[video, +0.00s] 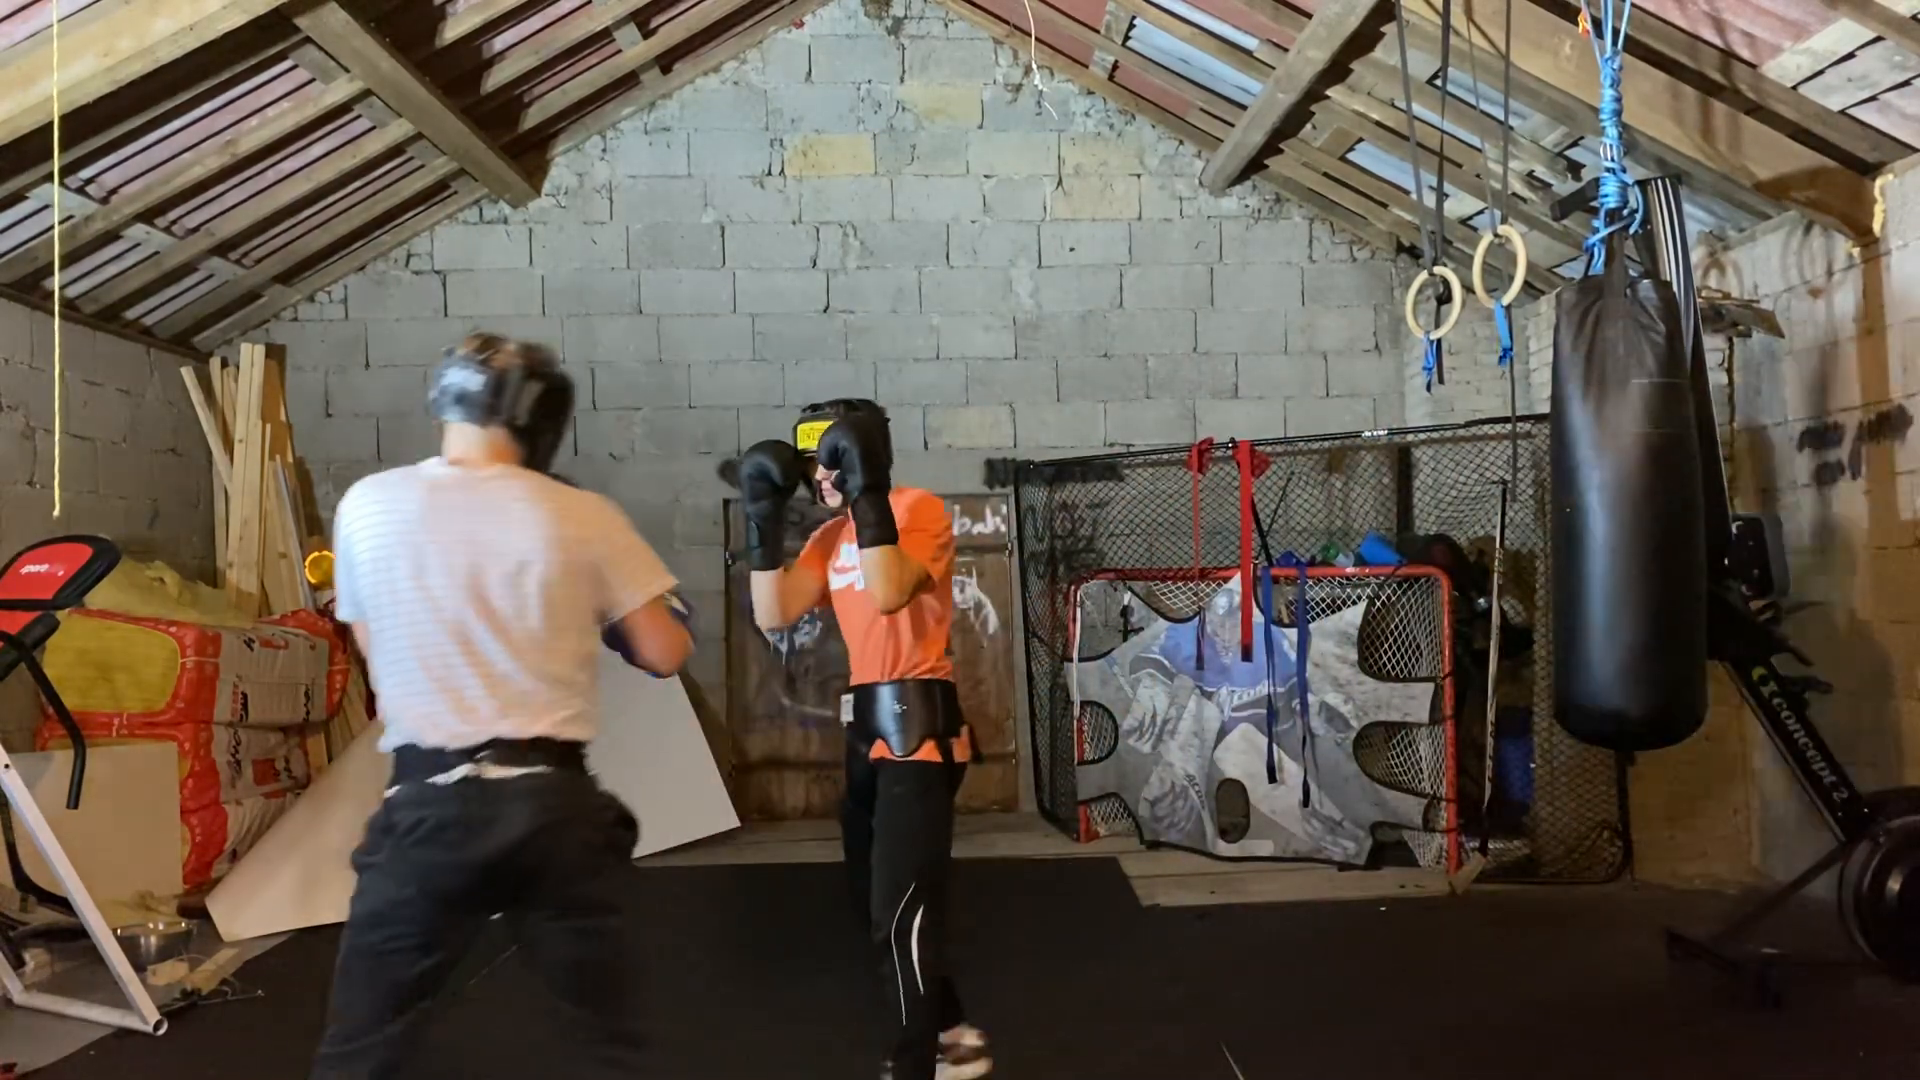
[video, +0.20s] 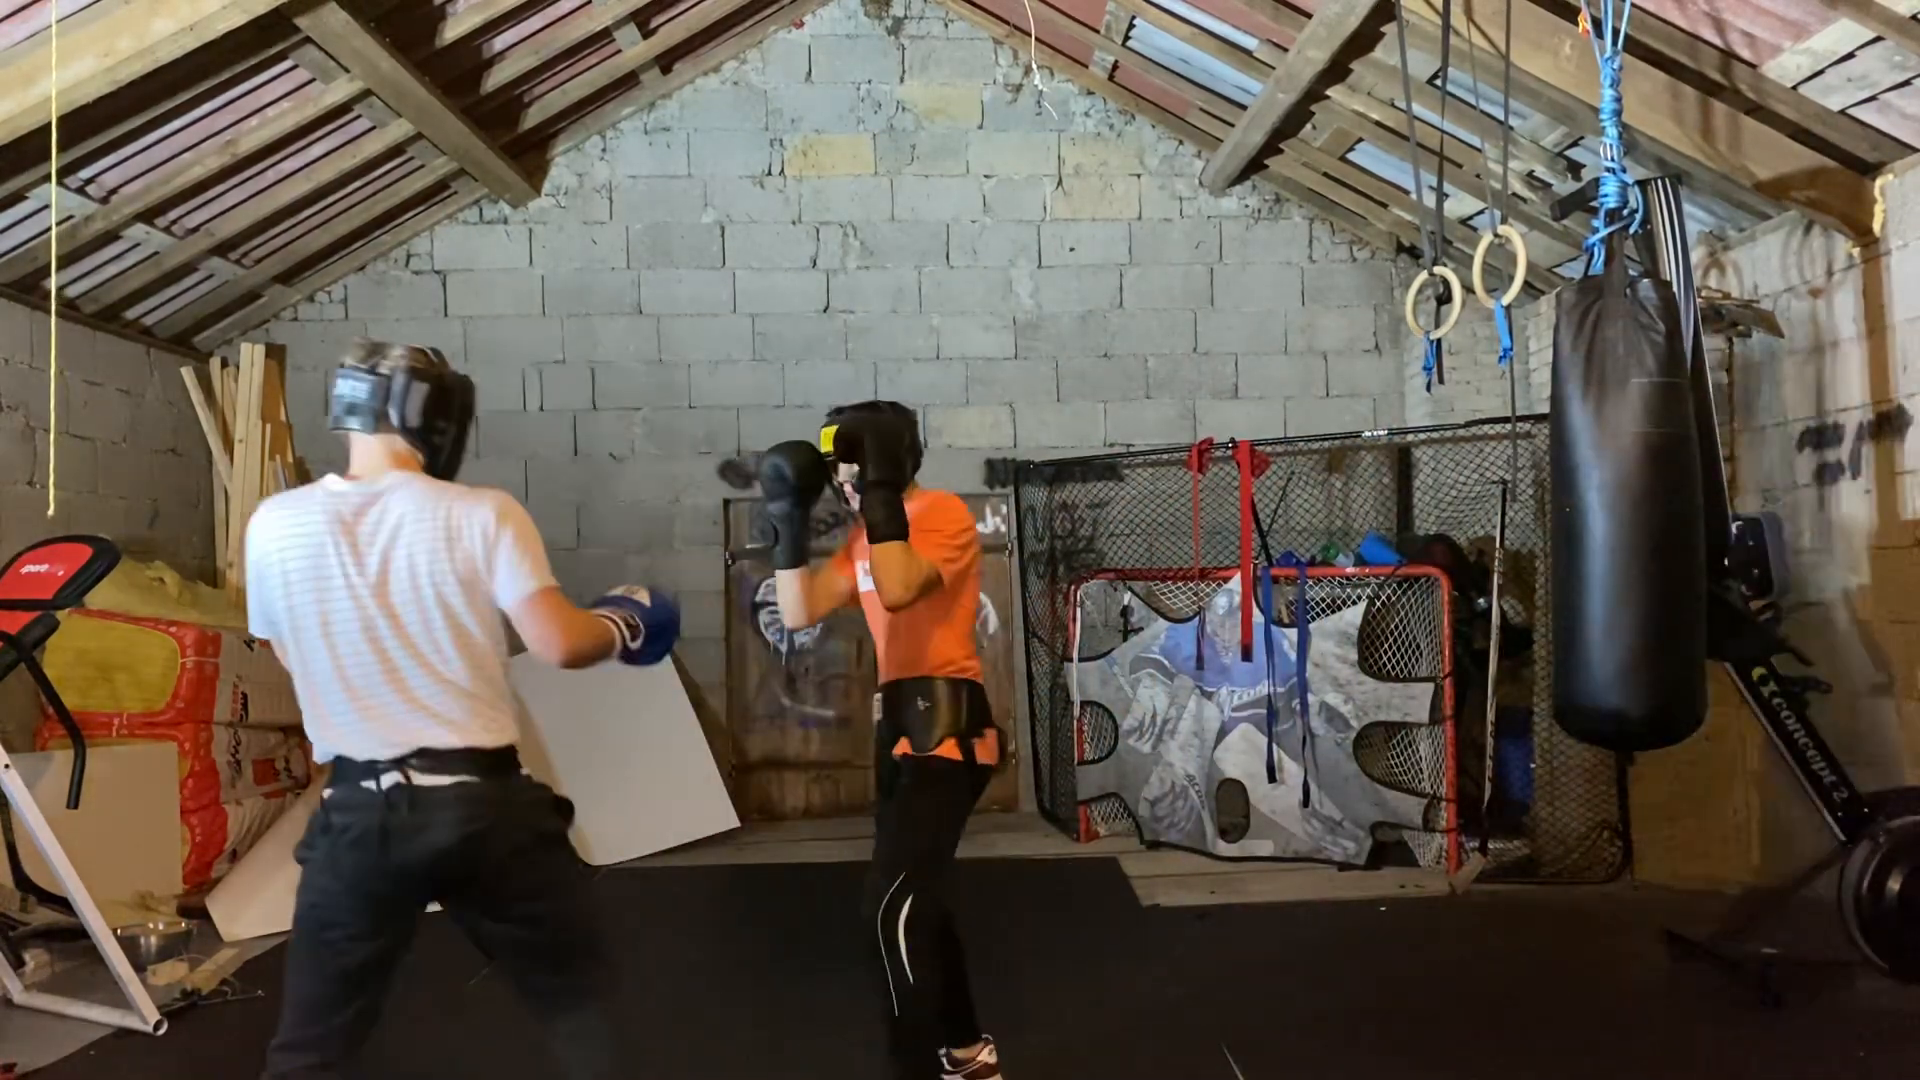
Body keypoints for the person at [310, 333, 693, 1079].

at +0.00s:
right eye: (549, 420)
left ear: (446, 409)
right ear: (544, 422)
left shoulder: (365, 506)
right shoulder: (581, 517)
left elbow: (365, 638)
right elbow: (663, 652)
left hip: (425, 825)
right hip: (556, 816)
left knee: (355, 1056)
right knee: (615, 1048)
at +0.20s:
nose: (457, 436)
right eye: (452, 422)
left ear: (348, 416)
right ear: (444, 427)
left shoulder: (273, 527)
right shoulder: (483, 517)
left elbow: (290, 655)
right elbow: (562, 643)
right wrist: (623, 621)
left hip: (359, 827)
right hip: (488, 814)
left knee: (308, 1050)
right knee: (579, 1015)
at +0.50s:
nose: (453, 453)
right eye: (449, 439)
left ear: (348, 436)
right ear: (435, 444)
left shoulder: (277, 541)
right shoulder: (466, 527)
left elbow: (357, 606)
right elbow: (542, 643)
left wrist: (458, 528)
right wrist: (617, 618)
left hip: (340, 820)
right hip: (459, 813)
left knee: (301, 1038)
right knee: (535, 1024)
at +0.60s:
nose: (488, 466)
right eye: (484, 452)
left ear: (389, 442)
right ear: (474, 454)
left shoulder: (312, 540)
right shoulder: (493, 540)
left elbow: (391, 638)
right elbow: (575, 650)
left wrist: (515, 616)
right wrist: (643, 634)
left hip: (359, 815)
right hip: (474, 809)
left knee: (310, 1037)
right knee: (573, 978)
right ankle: (599, 1069)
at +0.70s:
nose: (549, 470)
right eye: (544, 458)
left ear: (448, 454)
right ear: (531, 464)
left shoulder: (375, 536)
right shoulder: (550, 540)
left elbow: (383, 627)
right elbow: (664, 591)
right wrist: (721, 576)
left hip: (384, 805)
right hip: (499, 805)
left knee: (327, 1023)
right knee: (598, 973)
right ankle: (631, 1072)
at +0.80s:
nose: (610, 485)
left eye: (563, 471)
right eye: (610, 473)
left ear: (532, 472)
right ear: (607, 479)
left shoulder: (459, 533)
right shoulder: (625, 536)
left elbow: (436, 624)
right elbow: (763, 520)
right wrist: (869, 480)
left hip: (412, 786)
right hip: (508, 796)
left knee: (350, 992)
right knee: (608, 966)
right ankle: (635, 1074)